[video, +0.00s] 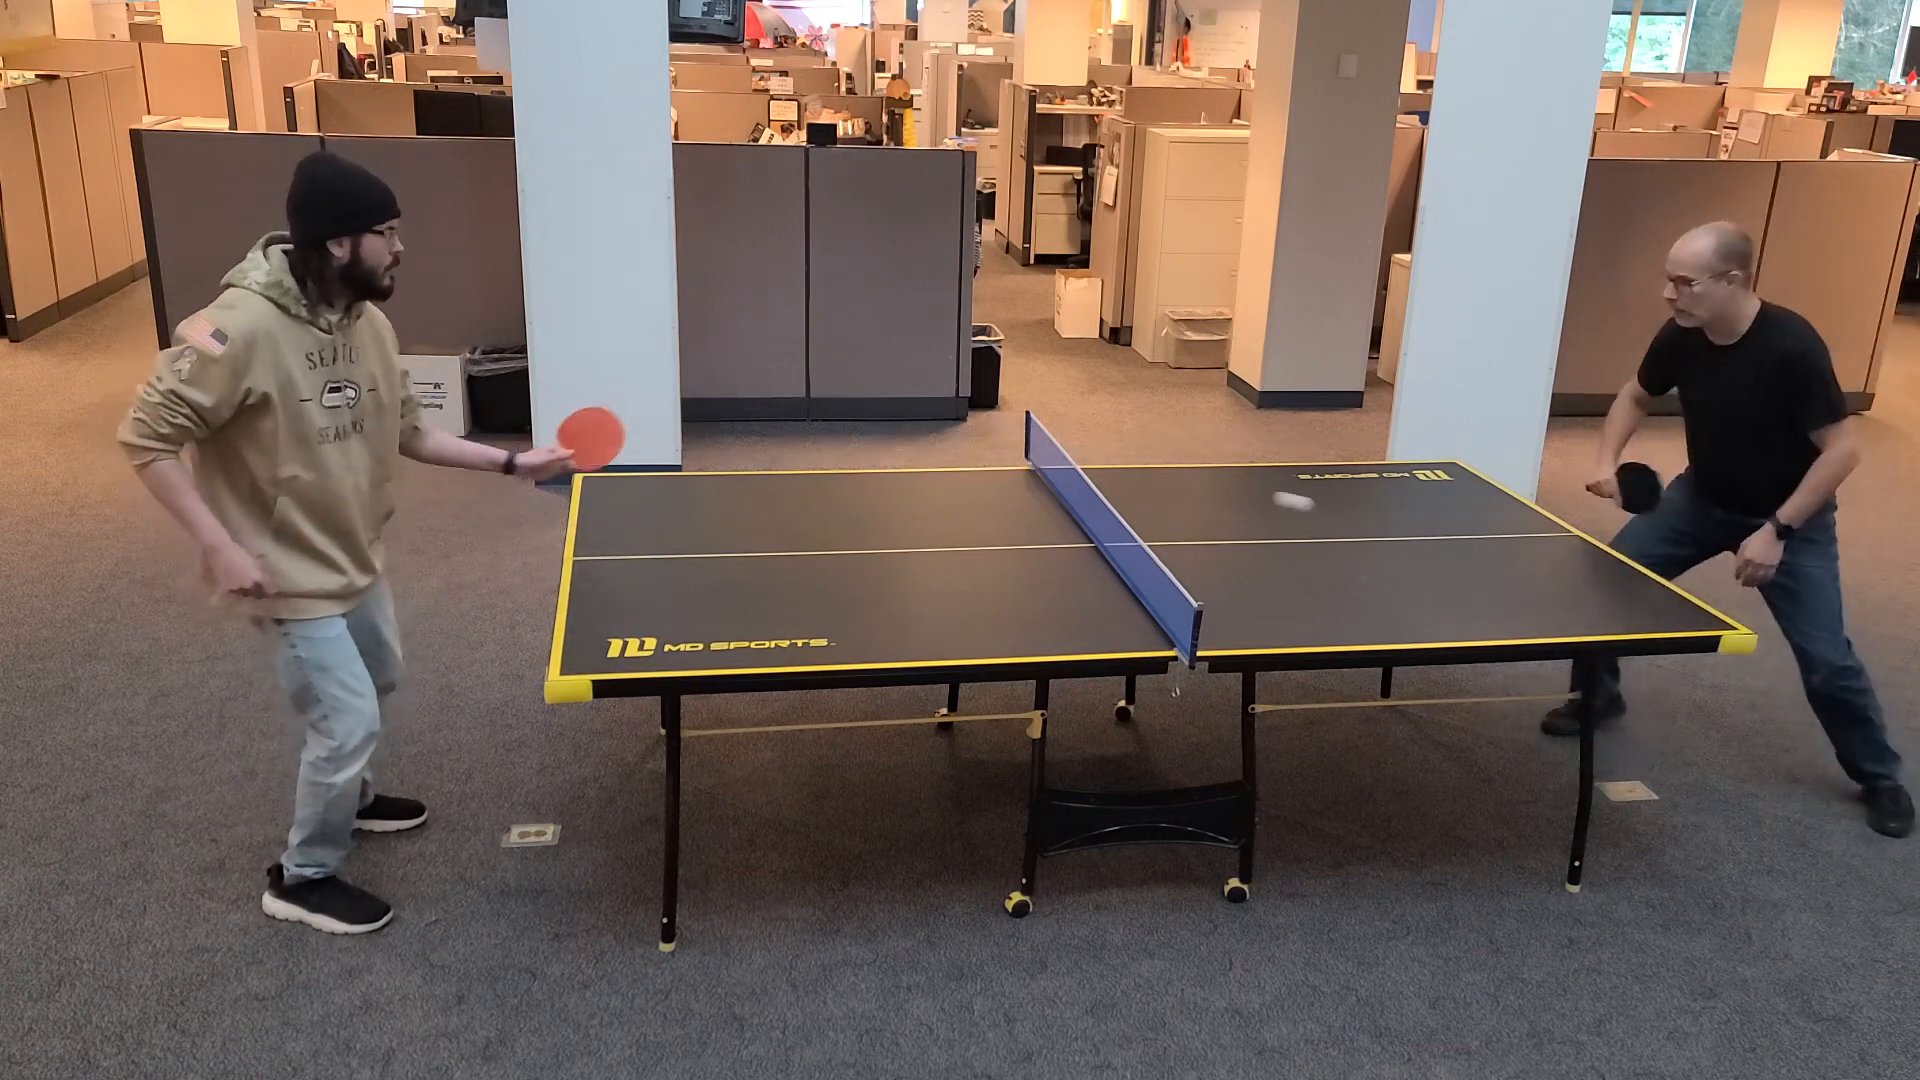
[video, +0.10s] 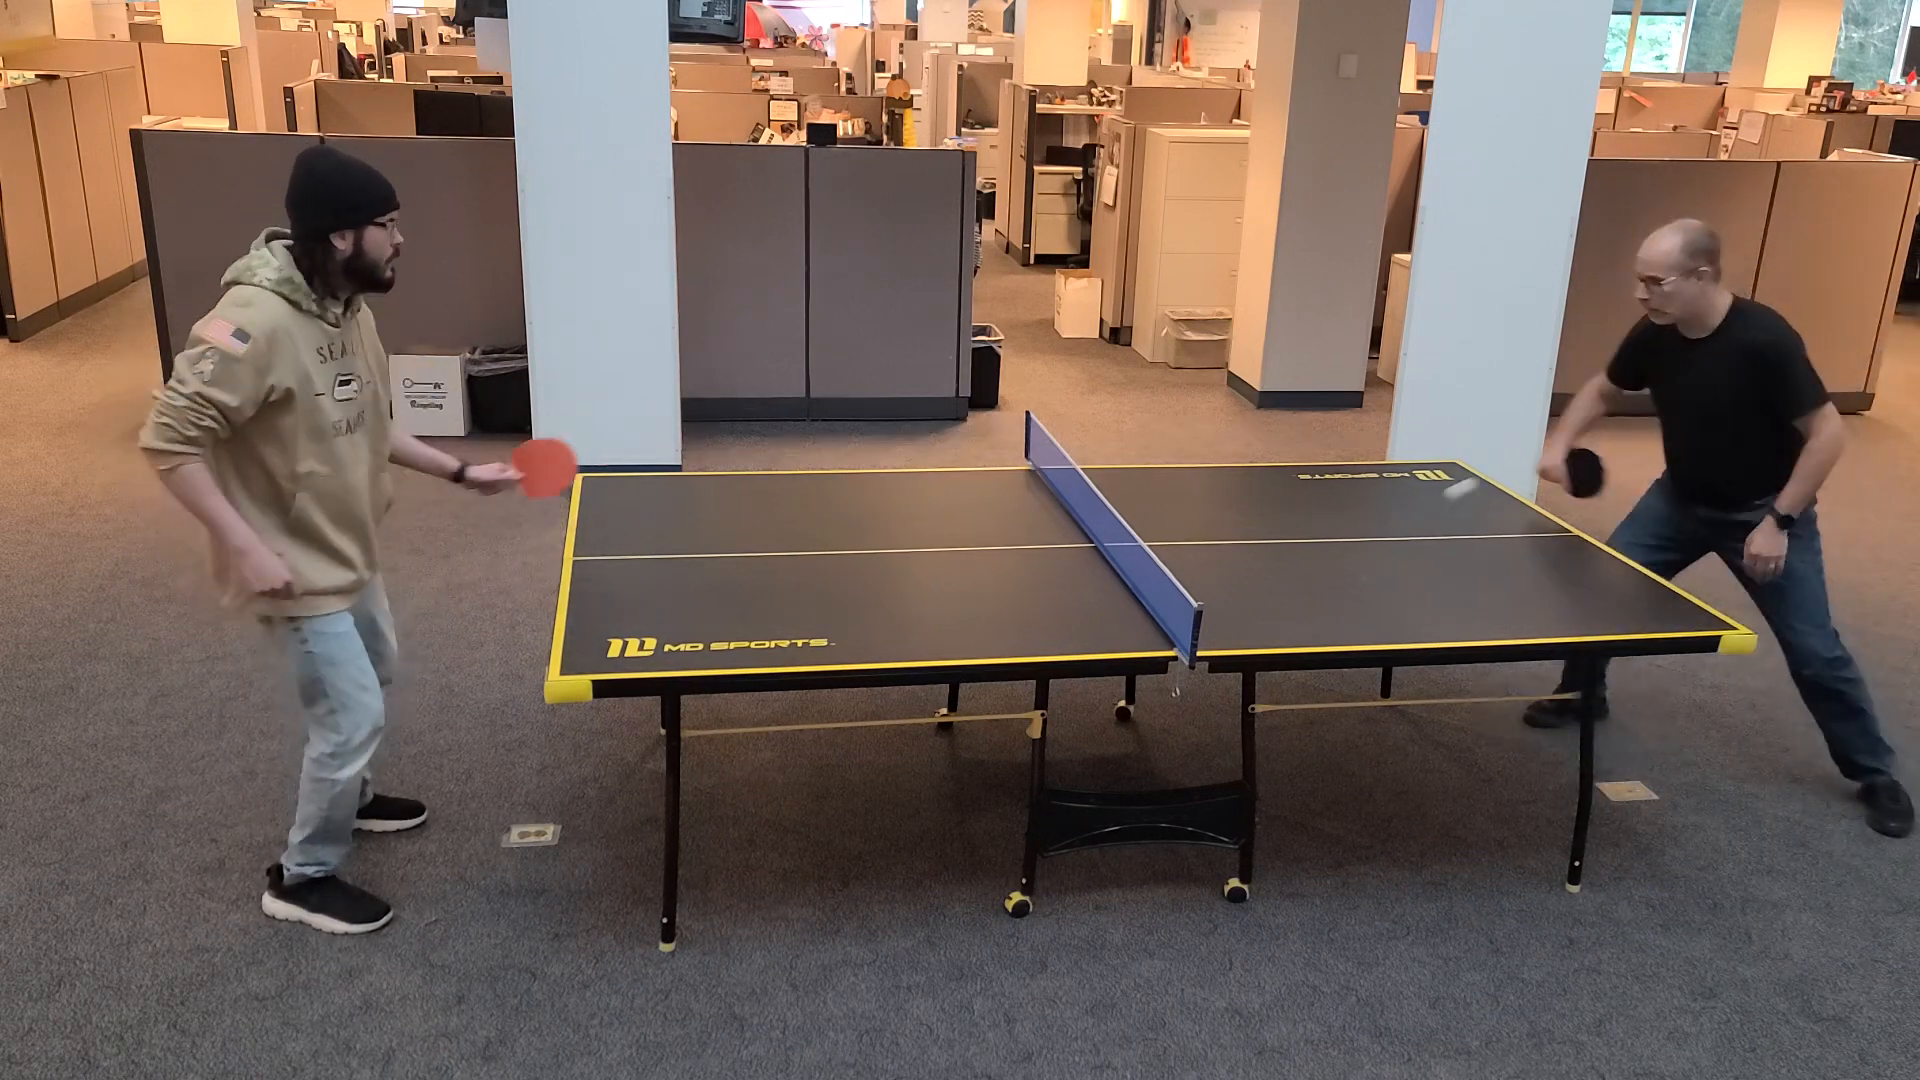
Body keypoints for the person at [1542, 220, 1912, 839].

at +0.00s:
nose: (1669, 293)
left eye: (1684, 283)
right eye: (1669, 280)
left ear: (1735, 282)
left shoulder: (1794, 346)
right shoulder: (1678, 338)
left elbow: (1843, 451)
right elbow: (1634, 400)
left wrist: (1775, 530)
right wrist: (1606, 461)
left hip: (1793, 519)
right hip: (1704, 499)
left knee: (1827, 662)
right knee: (1606, 576)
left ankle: (1879, 776)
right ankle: (1596, 693)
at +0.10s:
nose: (1643, 294)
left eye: (1656, 283)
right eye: (1641, 281)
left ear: (1704, 277)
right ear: (1645, 276)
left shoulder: (1766, 338)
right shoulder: (1653, 334)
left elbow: (1829, 435)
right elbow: (1600, 391)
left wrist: (1778, 519)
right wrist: (1558, 444)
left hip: (1766, 514)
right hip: (1681, 500)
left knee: (1815, 653)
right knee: (1598, 585)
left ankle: (1875, 773)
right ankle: (1581, 688)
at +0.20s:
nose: (1618, 290)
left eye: (1631, 280)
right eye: (1615, 277)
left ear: (1679, 273)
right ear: (1619, 272)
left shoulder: (1740, 330)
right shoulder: (1627, 330)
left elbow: (1812, 420)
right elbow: (1559, 373)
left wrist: (1768, 508)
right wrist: (1506, 408)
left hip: (1751, 507)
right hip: (1667, 496)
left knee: (1800, 645)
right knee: (1586, 583)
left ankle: (1866, 769)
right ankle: (1580, 690)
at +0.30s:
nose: (1608, 287)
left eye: (1621, 276)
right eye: (1605, 274)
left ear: (1669, 269)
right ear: (1603, 270)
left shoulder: (1733, 327)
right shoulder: (1614, 326)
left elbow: (1805, 414)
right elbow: (1536, 352)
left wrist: (1760, 500)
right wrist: (1482, 380)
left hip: (1746, 501)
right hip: (1663, 492)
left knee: (1786, 638)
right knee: (1584, 585)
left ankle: (1860, 762)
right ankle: (1578, 688)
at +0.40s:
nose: (1612, 280)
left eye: (1625, 269)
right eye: (1609, 268)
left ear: (1673, 266)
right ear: (1614, 268)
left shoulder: (1736, 326)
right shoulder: (1620, 324)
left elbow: (1807, 416)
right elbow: (1540, 350)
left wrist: (1755, 500)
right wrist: (1490, 376)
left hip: (1749, 500)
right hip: (1666, 489)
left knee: (1783, 640)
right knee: (1585, 583)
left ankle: (1857, 761)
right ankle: (1578, 689)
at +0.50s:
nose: (1631, 281)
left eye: (1645, 270)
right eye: (1629, 268)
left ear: (1694, 269)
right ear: (1635, 268)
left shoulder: (1752, 329)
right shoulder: (1639, 327)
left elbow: (1819, 425)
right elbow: (1572, 370)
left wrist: (1745, 497)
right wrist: (1525, 396)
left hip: (1764, 500)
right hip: (1678, 489)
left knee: (1786, 642)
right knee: (1594, 580)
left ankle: (1860, 770)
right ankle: (1579, 688)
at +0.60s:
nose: (1661, 284)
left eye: (1675, 273)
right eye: (1660, 271)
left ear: (1724, 273)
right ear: (1704, 273)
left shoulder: (1783, 333)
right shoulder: (1675, 334)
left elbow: (1833, 439)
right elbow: (1628, 394)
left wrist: (1735, 481)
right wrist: (1590, 426)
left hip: (1788, 507)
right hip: (1704, 496)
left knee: (1800, 653)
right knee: (1613, 584)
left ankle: (1867, 785)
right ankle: (1582, 689)